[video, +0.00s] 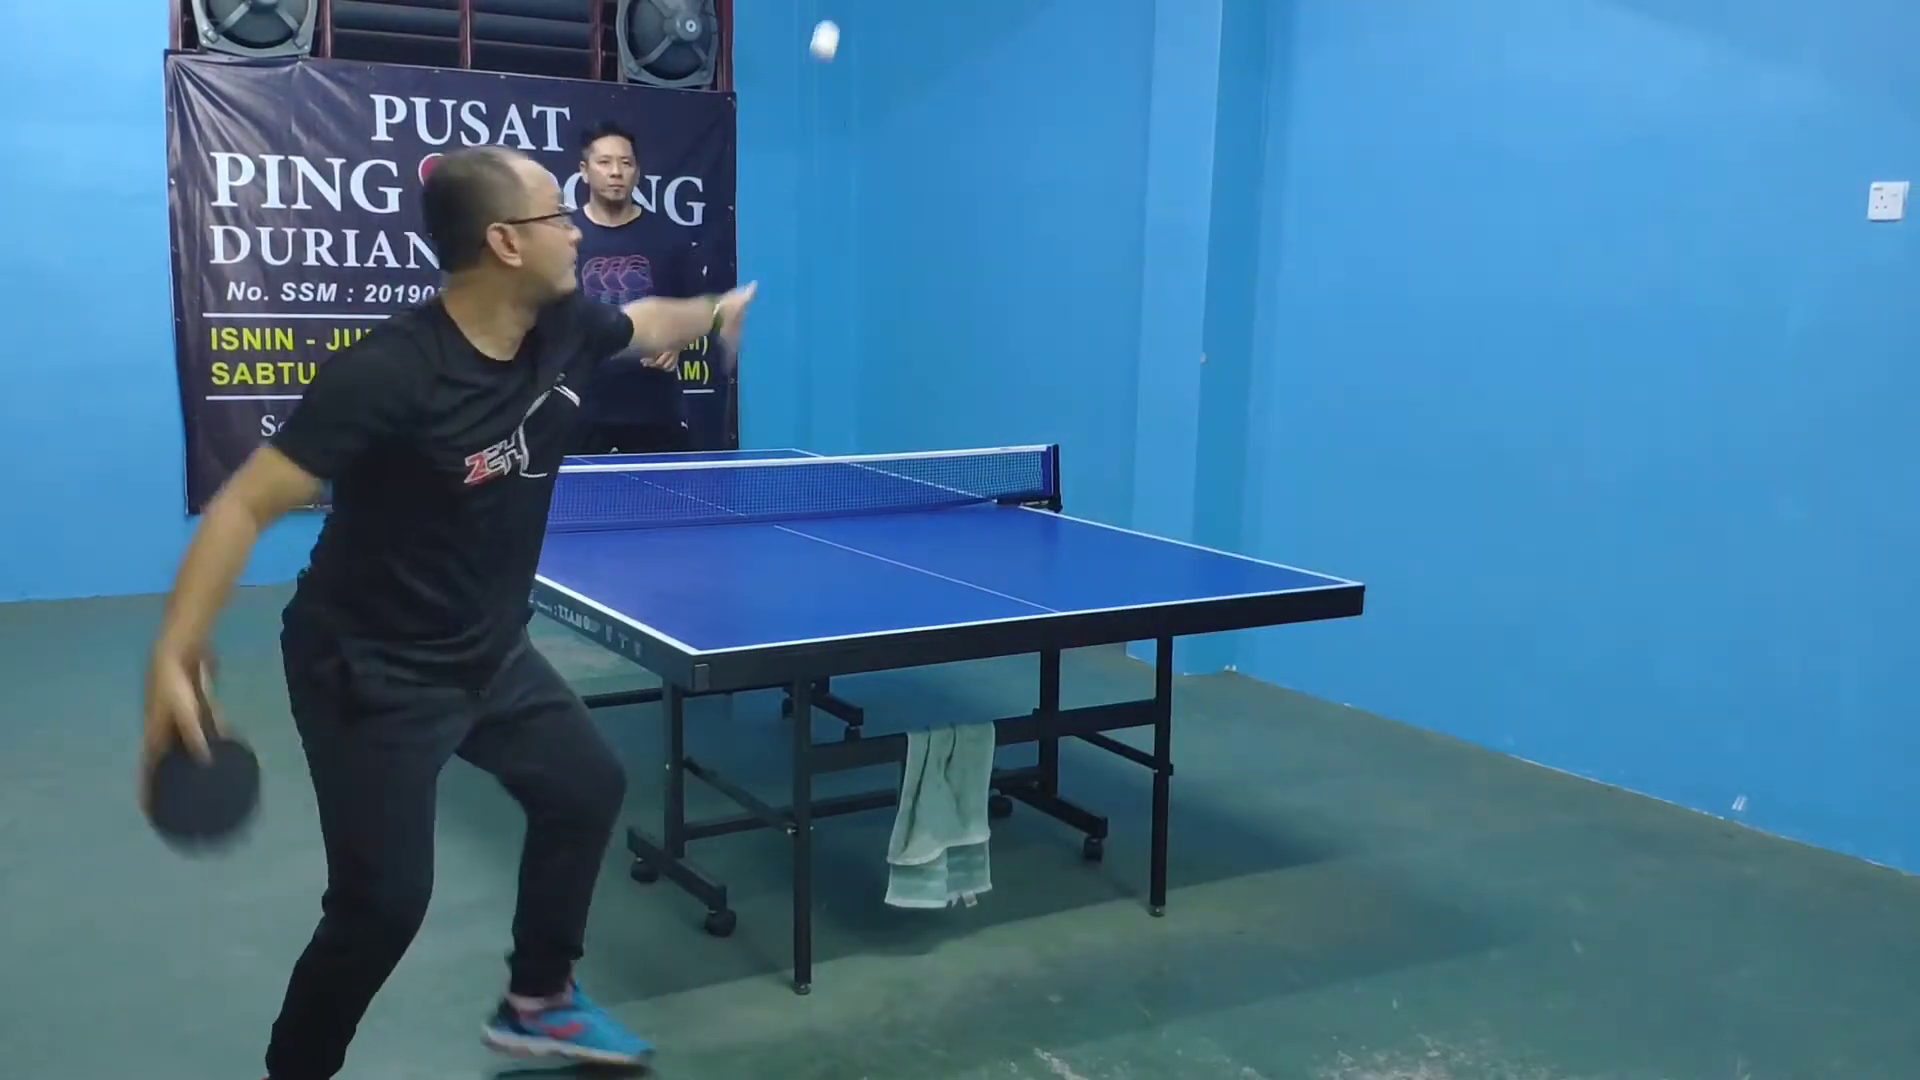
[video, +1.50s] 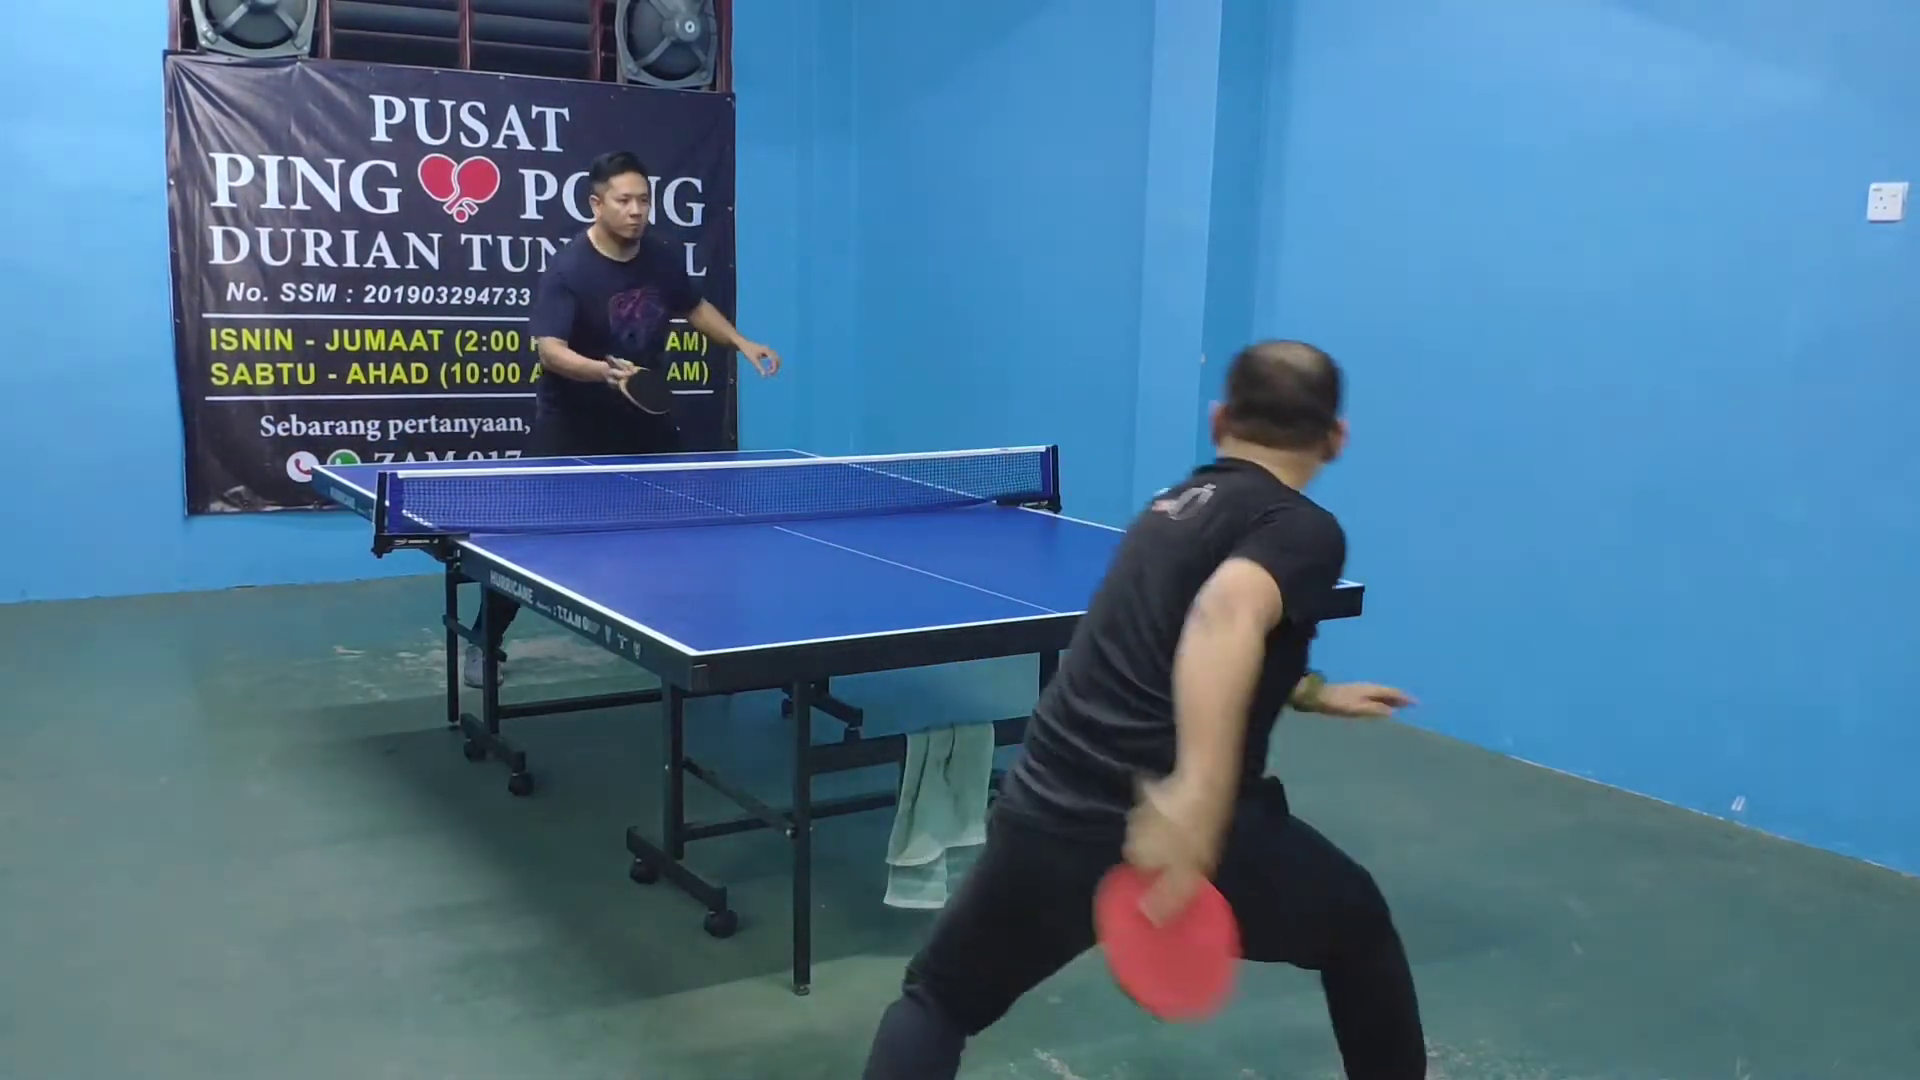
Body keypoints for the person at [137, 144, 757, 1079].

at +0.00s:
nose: (576, 232)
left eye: (568, 216)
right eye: (559, 219)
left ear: (512, 245)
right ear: (506, 245)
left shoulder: (562, 327)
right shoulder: (386, 376)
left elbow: (648, 328)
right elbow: (243, 502)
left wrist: (714, 310)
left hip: (485, 650)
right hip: (369, 670)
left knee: (586, 785)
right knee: (382, 906)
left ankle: (538, 1003)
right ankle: (295, 1069)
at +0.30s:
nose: (689, 427)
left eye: (700, 413)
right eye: (695, 405)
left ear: (645, 369)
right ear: (650, 369)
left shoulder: (578, 417)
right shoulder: (536, 369)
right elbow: (520, 418)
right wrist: (677, 506)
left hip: (502, 706)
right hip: (410, 718)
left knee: (635, 825)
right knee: (439, 989)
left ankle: (563, 1043)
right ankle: (294, 1072)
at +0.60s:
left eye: (688, 324)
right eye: (808, 342)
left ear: (697, 331)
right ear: (800, 344)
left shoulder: (638, 384)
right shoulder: (805, 394)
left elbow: (509, 414)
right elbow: (882, 518)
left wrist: (381, 406)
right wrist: (854, 640)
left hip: (543, 674)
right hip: (645, 685)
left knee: (635, 865)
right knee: (718, 948)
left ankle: (558, 1034)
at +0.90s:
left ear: (849, 254)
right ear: (960, 255)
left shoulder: (792, 355)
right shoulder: (1009, 363)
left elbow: (628, 398)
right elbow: (1122, 510)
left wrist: (506, 401)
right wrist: (1070, 596)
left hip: (796, 703)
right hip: (936, 708)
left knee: (730, 891)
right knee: (996, 966)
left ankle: (662, 1064)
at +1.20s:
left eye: (970, 294)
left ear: (976, 305)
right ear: (1086, 301)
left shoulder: (921, 413)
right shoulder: (1149, 409)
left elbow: (808, 567)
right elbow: (1250, 573)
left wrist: (829, 640)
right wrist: (1207, 658)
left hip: (981, 760)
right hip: (1132, 754)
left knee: (847, 966)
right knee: (1241, 954)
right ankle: (1331, 1070)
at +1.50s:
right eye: (1344, 428)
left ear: (1221, 421)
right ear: (1334, 439)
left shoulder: (1175, 504)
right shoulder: (1300, 523)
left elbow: (1175, 640)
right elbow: (1224, 613)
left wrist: (1305, 693)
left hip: (1054, 827)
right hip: (1203, 830)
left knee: (936, 1003)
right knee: (1357, 927)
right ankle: (1398, 1066)